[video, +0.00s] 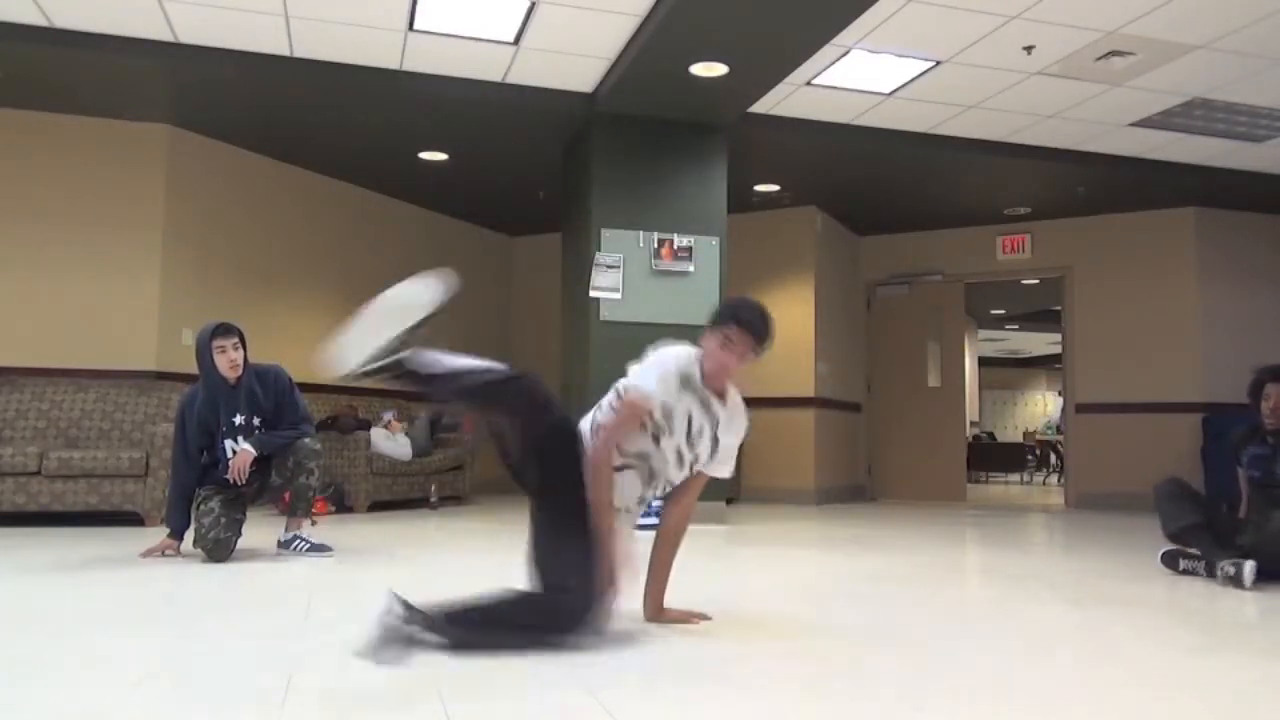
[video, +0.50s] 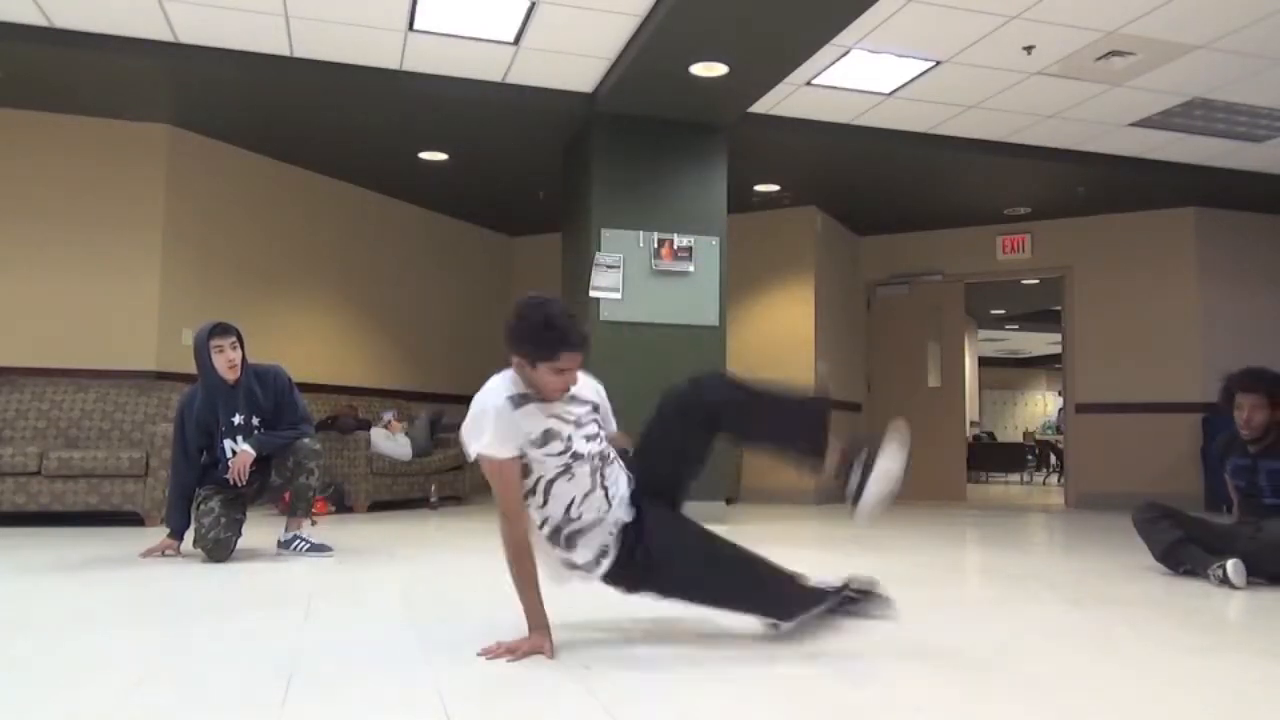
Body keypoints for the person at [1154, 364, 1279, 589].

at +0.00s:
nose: (1272, 407)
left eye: (1278, 400)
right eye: (1267, 399)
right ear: (1257, 403)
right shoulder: (1247, 442)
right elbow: (1245, 498)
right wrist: (1239, 528)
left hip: (1271, 530)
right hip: (1245, 527)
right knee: (1169, 489)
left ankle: (1212, 563)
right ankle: (1223, 560)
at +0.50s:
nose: (1246, 418)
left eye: (1257, 409)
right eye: (1239, 408)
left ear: (1274, 412)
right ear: (1232, 410)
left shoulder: (1274, 450)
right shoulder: (1228, 449)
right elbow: (1237, 502)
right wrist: (1238, 527)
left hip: (1269, 538)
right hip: (1236, 533)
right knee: (1146, 512)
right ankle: (1209, 567)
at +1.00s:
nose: (1249, 419)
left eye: (1260, 410)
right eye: (1243, 410)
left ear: (1276, 413)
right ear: (1235, 412)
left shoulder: (1275, 452)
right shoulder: (1232, 451)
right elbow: (1240, 503)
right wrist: (1237, 527)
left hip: (1270, 538)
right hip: (1237, 533)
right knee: (1145, 513)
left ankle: (1194, 561)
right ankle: (1209, 567)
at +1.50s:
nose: (1257, 415)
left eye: (1268, 407)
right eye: (1251, 406)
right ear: (1244, 409)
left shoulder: (1275, 451)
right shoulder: (1239, 449)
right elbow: (1243, 501)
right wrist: (1239, 529)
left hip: (1271, 536)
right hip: (1240, 531)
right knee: (1145, 513)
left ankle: (1194, 561)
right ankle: (1210, 567)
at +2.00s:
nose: (1255, 416)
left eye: (1267, 407)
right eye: (1249, 406)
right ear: (1242, 409)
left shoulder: (1275, 451)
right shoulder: (1239, 449)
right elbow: (1243, 500)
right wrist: (1239, 530)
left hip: (1270, 535)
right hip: (1239, 533)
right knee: (1145, 514)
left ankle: (1198, 562)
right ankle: (1210, 566)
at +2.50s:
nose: (1250, 417)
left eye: (1261, 409)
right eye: (1246, 408)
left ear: (1277, 412)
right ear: (1238, 411)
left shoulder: (1275, 451)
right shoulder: (1237, 450)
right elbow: (1243, 501)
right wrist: (1237, 532)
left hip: (1271, 536)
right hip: (1240, 534)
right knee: (1144, 514)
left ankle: (1198, 562)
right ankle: (1210, 566)